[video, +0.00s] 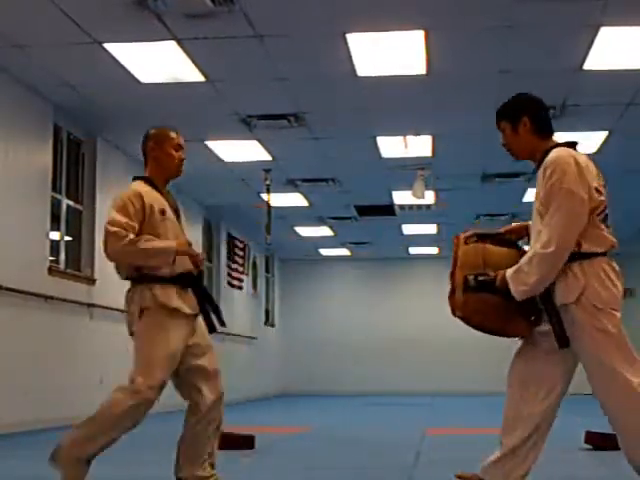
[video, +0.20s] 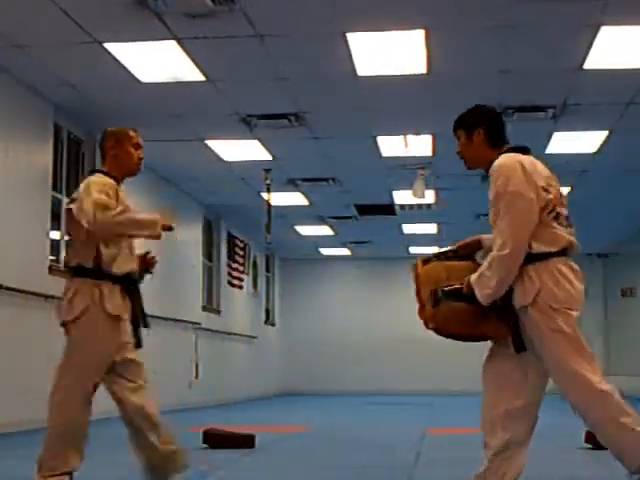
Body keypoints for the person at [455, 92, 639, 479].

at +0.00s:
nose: (504, 144)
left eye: (505, 134)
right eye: (502, 136)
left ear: (525, 126)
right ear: (530, 127)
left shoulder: (563, 163)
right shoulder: (557, 163)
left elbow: (557, 240)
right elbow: (559, 222)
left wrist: (511, 282)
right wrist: (518, 231)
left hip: (586, 279)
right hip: (563, 281)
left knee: (617, 383)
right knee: (532, 376)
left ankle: (638, 462)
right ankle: (504, 472)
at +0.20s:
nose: (459, 153)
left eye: (461, 143)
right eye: (457, 144)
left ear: (480, 137)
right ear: (488, 137)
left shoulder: (509, 168)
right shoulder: (523, 166)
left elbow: (510, 245)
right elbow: (526, 235)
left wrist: (478, 288)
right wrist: (484, 242)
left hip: (543, 280)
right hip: (530, 281)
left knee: (580, 383)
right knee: (506, 383)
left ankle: (636, 457)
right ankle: (499, 472)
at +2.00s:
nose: (425, 148)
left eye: (425, 138)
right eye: (422, 140)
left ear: (443, 130)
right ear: (449, 129)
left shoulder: (479, 150)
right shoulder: (482, 153)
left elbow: (485, 216)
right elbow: (490, 220)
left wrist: (441, 243)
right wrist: (449, 230)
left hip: (518, 270)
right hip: (510, 272)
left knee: (510, 377)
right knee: (504, 380)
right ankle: (508, 473)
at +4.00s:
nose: (309, 135)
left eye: (310, 126)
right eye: (308, 127)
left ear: (328, 122)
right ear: (346, 122)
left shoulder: (342, 161)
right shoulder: (387, 154)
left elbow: (333, 237)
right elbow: (372, 216)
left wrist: (297, 280)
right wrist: (316, 233)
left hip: (383, 272)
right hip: (423, 264)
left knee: (359, 377)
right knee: (442, 375)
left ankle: (350, 470)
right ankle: (479, 469)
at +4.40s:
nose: (310, 140)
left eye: (311, 130)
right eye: (308, 132)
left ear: (331, 125)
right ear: (347, 124)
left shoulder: (348, 164)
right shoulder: (386, 154)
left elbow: (336, 237)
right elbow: (372, 217)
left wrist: (296, 281)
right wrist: (321, 229)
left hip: (382, 278)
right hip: (420, 270)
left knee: (347, 370)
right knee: (438, 370)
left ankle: (350, 468)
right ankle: (490, 457)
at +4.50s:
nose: (327, 142)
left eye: (328, 132)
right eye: (325, 133)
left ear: (348, 127)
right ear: (359, 127)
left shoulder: (365, 169)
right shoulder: (404, 161)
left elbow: (346, 243)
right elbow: (387, 230)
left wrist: (307, 281)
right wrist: (333, 242)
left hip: (390, 280)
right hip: (427, 274)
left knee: (345, 370)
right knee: (442, 378)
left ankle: (346, 468)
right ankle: (494, 461)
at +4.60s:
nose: (351, 146)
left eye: (352, 136)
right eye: (349, 137)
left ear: (372, 129)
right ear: (381, 130)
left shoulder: (392, 168)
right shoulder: (425, 166)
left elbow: (375, 237)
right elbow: (399, 231)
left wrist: (324, 242)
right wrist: (345, 232)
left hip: (406, 283)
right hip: (439, 277)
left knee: (357, 375)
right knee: (450, 386)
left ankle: (347, 469)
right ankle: (506, 468)